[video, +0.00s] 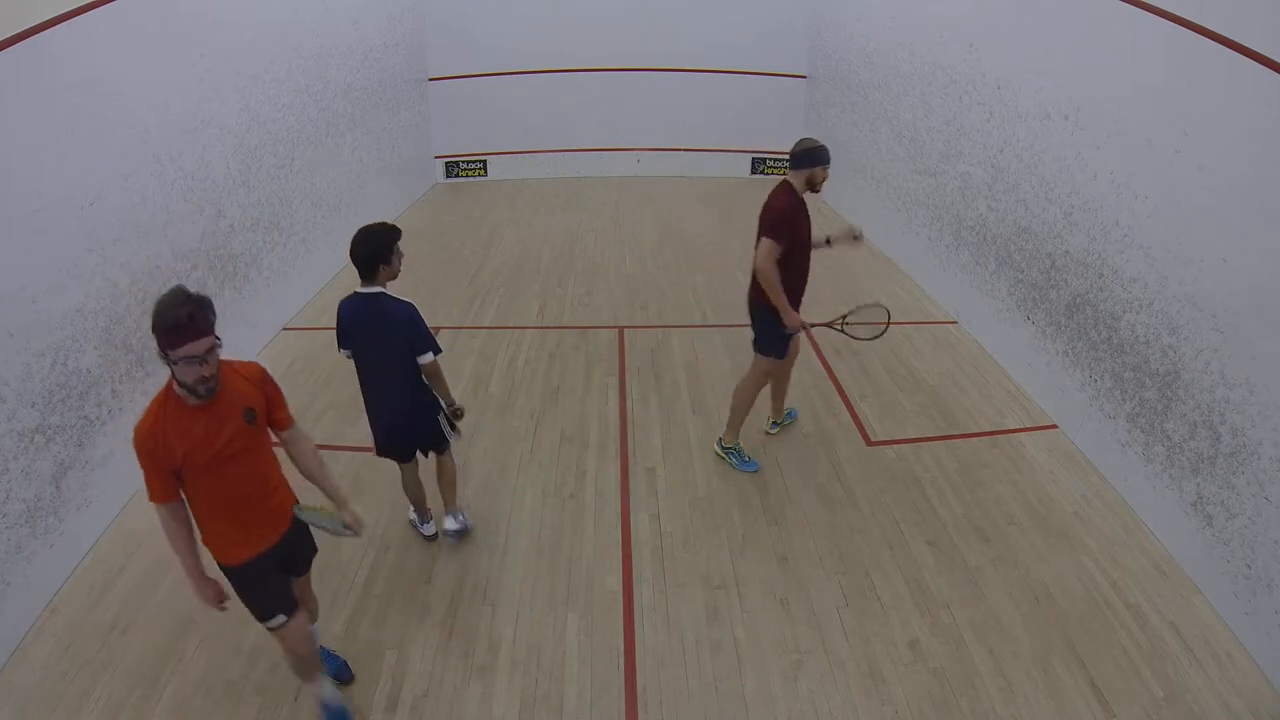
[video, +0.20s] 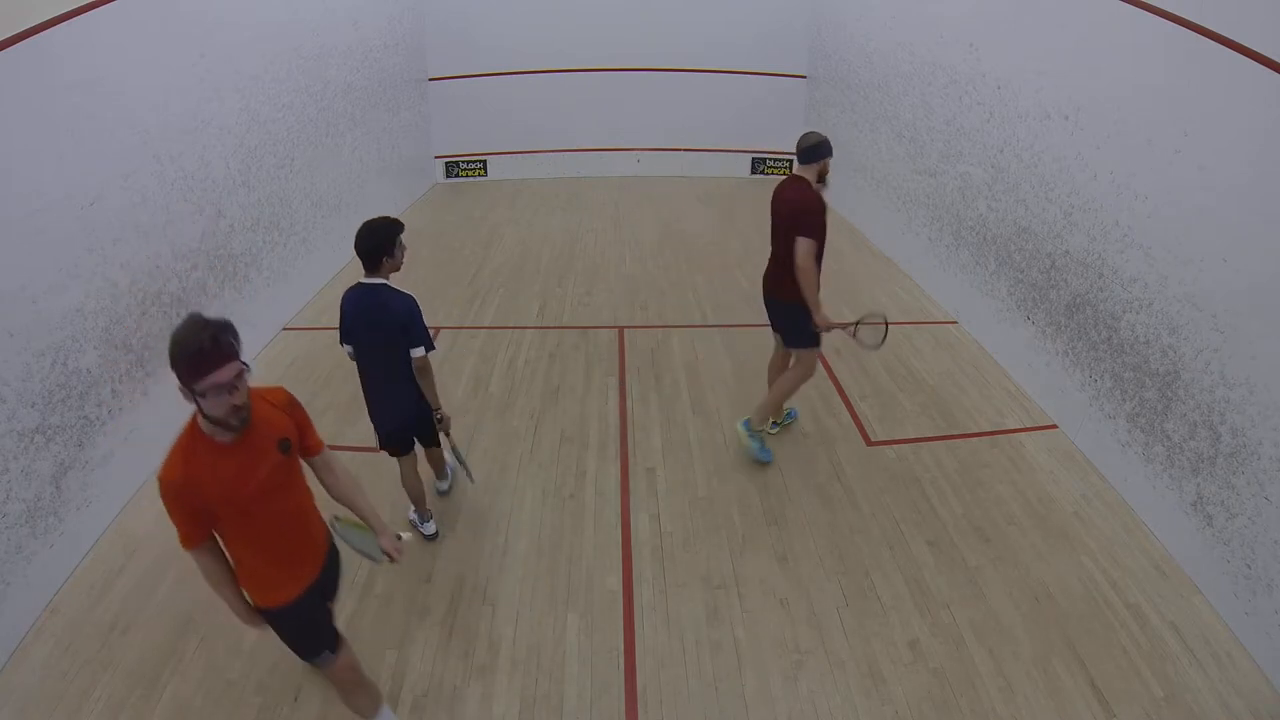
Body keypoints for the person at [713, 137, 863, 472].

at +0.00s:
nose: (827, 176)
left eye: (828, 169)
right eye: (825, 169)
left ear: (802, 168)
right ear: (810, 169)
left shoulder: (792, 198)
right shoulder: (783, 205)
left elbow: (795, 246)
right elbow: (764, 264)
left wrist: (833, 240)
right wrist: (786, 310)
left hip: (785, 300)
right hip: (770, 305)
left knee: (787, 356)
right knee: (761, 371)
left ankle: (778, 416)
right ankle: (728, 441)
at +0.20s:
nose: (828, 166)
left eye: (828, 160)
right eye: (829, 161)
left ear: (799, 158)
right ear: (823, 162)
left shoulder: (784, 187)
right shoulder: (810, 201)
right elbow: (804, 262)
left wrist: (819, 188)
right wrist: (816, 310)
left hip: (774, 285)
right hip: (793, 295)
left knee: (782, 351)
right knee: (807, 364)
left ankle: (774, 412)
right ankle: (753, 424)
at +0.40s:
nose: (831, 162)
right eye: (832, 158)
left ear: (804, 157)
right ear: (832, 160)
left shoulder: (785, 188)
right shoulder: (834, 200)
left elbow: (779, 235)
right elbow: (841, 259)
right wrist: (850, 298)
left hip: (779, 288)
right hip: (815, 293)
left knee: (779, 351)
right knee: (818, 351)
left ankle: (775, 417)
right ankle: (801, 415)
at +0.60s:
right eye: (842, 160)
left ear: (818, 158)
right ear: (843, 161)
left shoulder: (794, 189)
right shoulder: (850, 199)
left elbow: (775, 239)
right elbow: (866, 245)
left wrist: (767, 275)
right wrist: (871, 271)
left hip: (791, 283)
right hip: (827, 288)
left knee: (787, 348)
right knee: (821, 346)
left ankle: (776, 415)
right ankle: (818, 397)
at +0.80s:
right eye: (853, 158)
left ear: (830, 155)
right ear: (856, 159)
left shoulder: (807, 185)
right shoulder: (866, 196)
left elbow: (782, 231)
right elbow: (878, 246)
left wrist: (768, 266)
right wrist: (877, 270)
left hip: (802, 278)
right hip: (837, 284)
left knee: (792, 336)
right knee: (825, 342)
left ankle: (779, 400)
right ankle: (816, 396)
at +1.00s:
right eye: (857, 156)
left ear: (835, 153)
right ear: (861, 157)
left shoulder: (815, 183)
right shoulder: (872, 194)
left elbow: (791, 230)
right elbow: (879, 249)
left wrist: (790, 254)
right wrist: (879, 286)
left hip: (808, 272)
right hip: (843, 279)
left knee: (791, 322)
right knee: (826, 339)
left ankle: (782, 386)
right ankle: (815, 396)